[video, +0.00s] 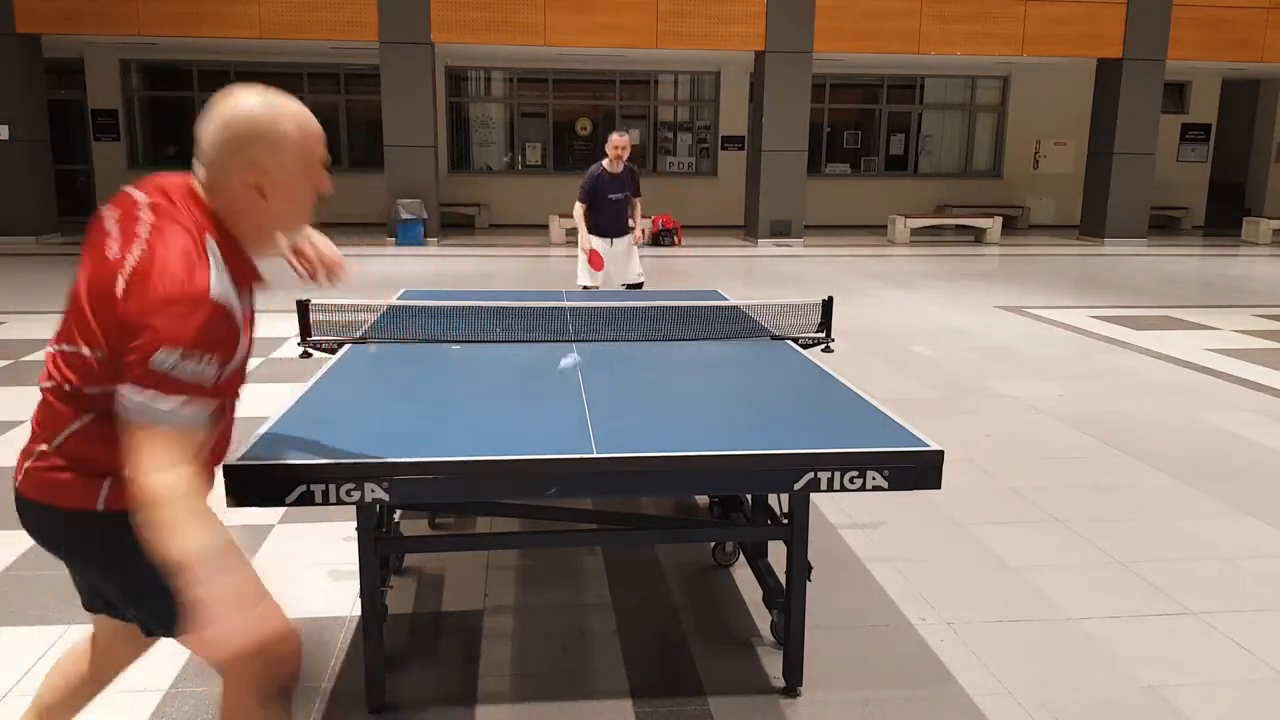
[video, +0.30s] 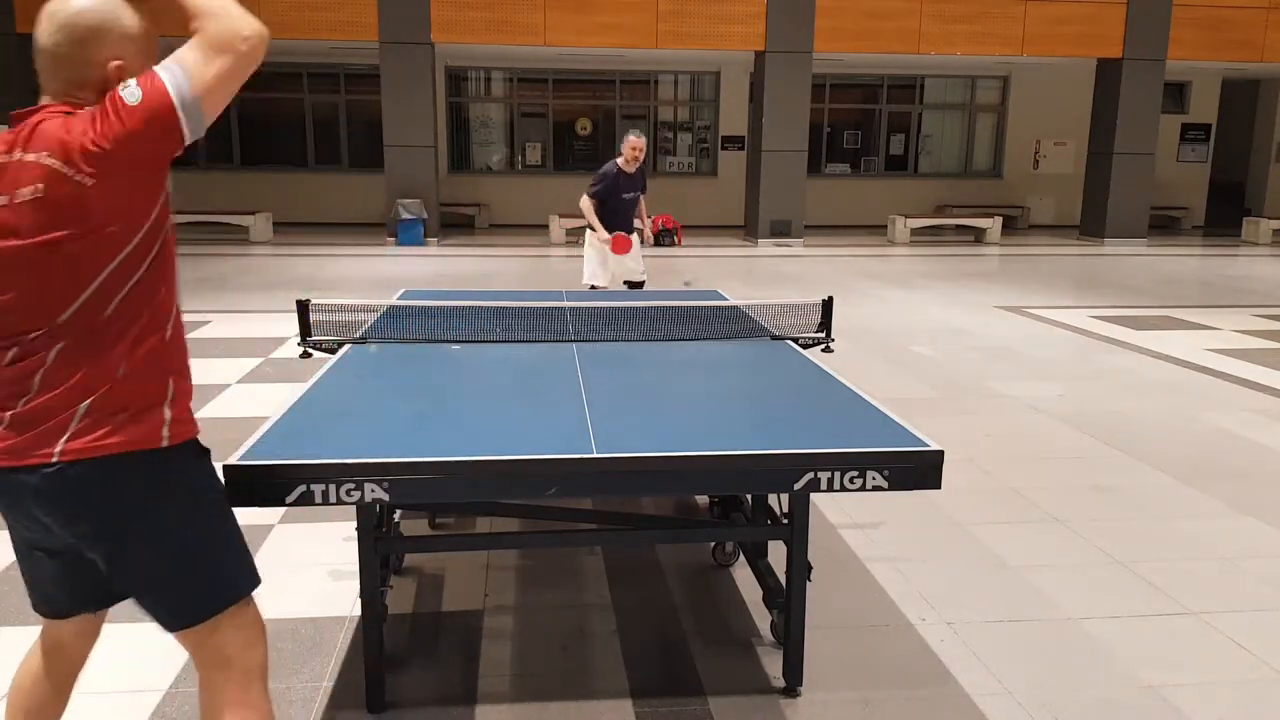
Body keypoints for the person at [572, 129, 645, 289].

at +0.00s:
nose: (619, 153)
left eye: (624, 148)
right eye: (615, 148)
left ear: (629, 149)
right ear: (607, 149)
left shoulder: (631, 172)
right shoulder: (595, 173)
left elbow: (636, 202)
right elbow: (578, 209)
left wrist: (638, 228)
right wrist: (584, 237)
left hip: (624, 239)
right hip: (596, 240)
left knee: (636, 283)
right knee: (590, 288)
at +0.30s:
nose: (637, 155)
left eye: (641, 150)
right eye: (633, 149)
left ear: (645, 152)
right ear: (623, 149)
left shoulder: (640, 171)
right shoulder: (609, 172)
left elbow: (639, 198)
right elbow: (585, 202)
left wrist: (645, 226)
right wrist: (600, 231)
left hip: (628, 238)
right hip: (601, 238)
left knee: (637, 282)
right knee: (597, 287)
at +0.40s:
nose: (647, 162)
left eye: (651, 158)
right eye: (643, 156)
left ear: (654, 159)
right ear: (632, 155)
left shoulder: (645, 176)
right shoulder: (618, 178)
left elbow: (644, 205)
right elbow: (603, 213)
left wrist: (651, 235)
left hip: (633, 236)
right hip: (609, 237)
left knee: (641, 283)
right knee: (616, 286)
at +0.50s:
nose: (658, 169)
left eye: (662, 165)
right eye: (655, 163)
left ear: (665, 166)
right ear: (643, 159)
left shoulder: (651, 180)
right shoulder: (627, 181)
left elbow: (649, 206)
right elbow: (624, 223)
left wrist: (656, 236)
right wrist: (652, 234)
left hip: (633, 233)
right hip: (611, 233)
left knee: (643, 279)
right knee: (631, 274)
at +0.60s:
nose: (668, 182)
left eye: (672, 178)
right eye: (665, 175)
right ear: (654, 167)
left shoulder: (654, 184)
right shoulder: (637, 188)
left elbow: (655, 212)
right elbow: (644, 231)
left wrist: (663, 240)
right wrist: (668, 223)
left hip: (634, 234)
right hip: (615, 234)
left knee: (639, 280)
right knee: (644, 278)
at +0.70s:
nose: (673, 196)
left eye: (677, 193)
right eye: (672, 189)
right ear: (662, 179)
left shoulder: (653, 184)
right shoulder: (642, 200)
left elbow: (660, 213)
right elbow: (645, 242)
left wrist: (674, 238)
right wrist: (680, 244)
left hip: (637, 238)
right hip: (622, 242)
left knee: (650, 282)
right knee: (656, 281)